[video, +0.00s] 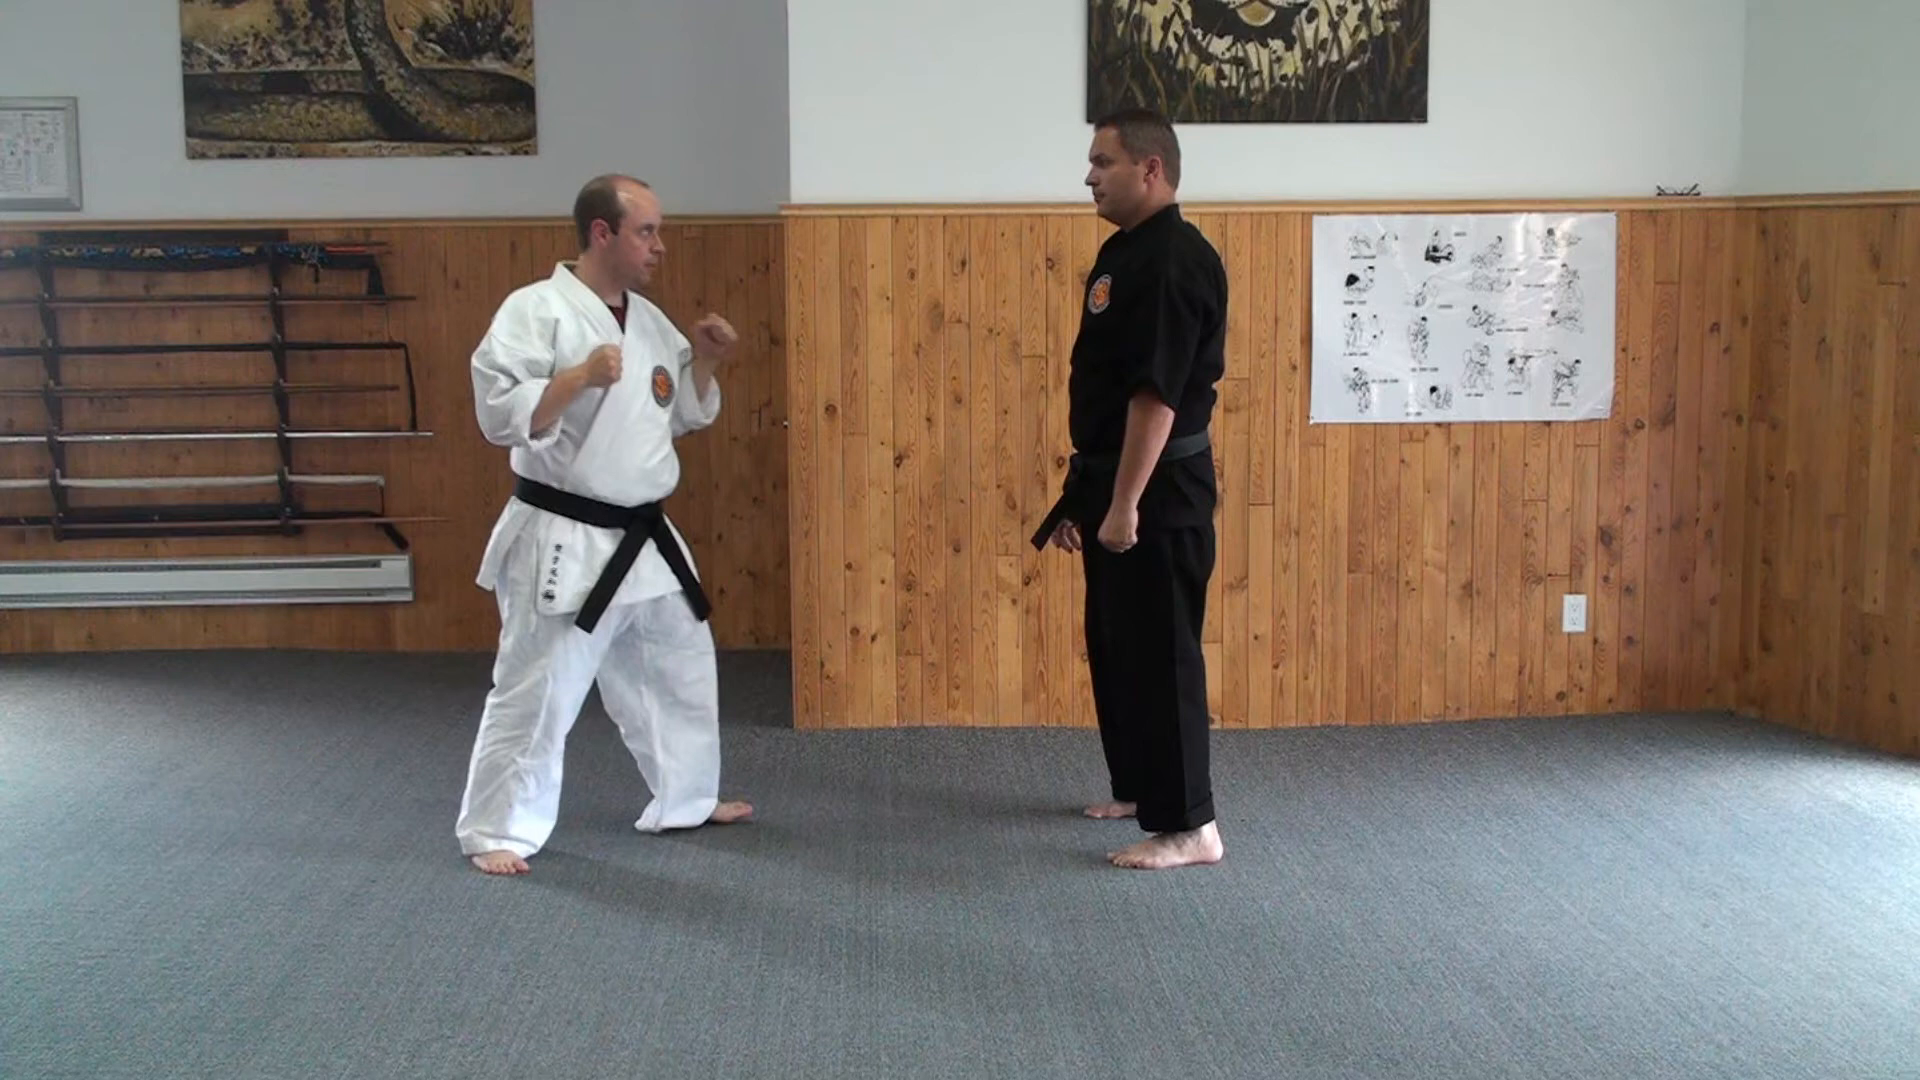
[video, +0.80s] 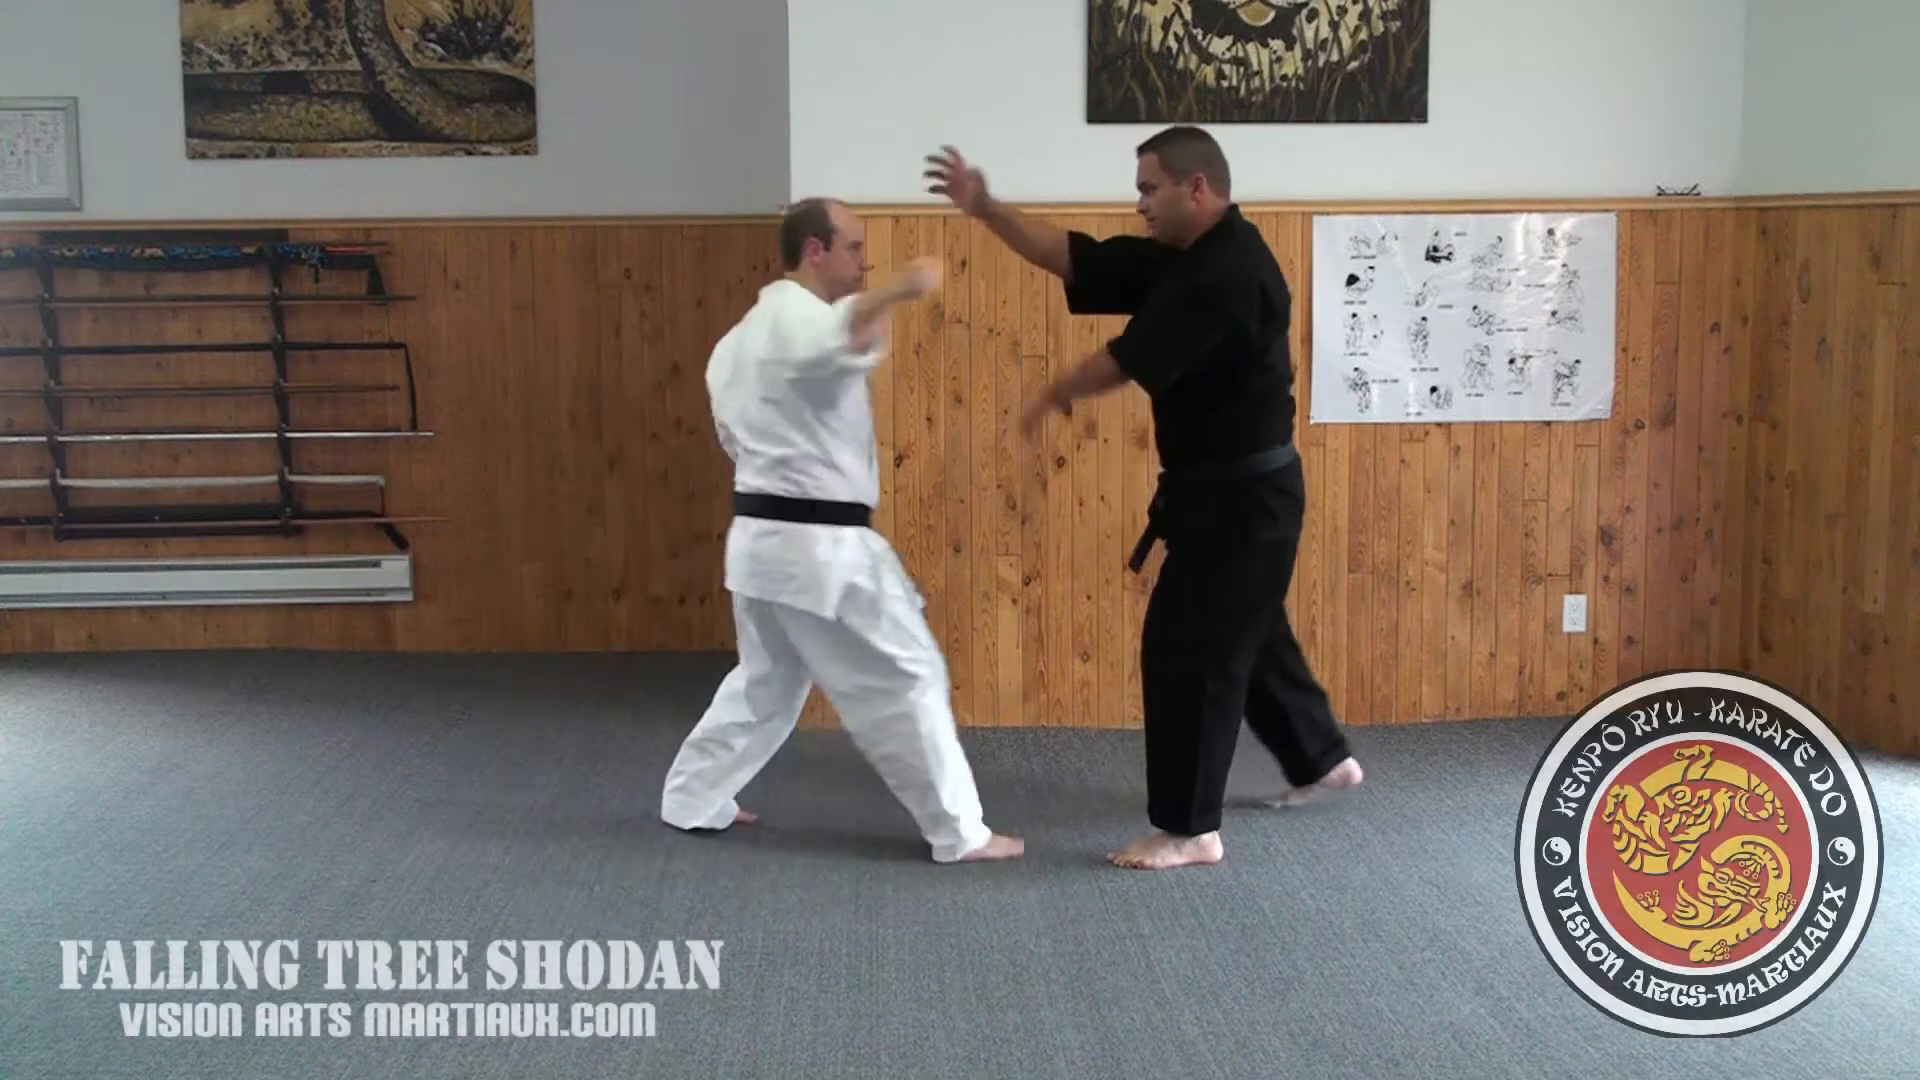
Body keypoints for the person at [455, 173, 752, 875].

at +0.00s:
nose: (659, 247)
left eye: (661, 233)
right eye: (648, 233)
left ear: (618, 236)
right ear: (600, 233)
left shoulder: (652, 322)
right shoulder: (533, 311)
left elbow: (675, 417)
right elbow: (500, 417)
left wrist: (707, 366)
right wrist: (580, 376)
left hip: (644, 531)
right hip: (562, 530)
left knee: (683, 663)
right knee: (535, 691)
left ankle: (684, 800)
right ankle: (492, 833)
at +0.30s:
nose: (716, 255)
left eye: (717, 241)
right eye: (704, 242)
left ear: (674, 245)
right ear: (660, 243)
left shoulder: (715, 332)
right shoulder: (599, 325)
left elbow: (748, 400)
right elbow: (517, 390)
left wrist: (817, 385)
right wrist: (549, 448)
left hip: (706, 542)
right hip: (629, 538)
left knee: (730, 669)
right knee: (594, 689)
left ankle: (691, 801)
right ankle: (507, 821)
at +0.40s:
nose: (748, 255)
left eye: (748, 241)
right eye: (737, 241)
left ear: (703, 244)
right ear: (693, 243)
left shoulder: (742, 333)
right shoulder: (633, 326)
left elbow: (776, 396)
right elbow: (557, 392)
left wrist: (848, 385)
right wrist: (550, 443)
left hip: (735, 539)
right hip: (664, 537)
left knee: (744, 680)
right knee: (682, 682)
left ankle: (693, 804)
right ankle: (576, 795)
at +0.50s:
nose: (779, 252)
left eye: (779, 239)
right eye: (768, 238)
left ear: (742, 243)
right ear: (725, 240)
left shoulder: (758, 334)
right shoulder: (665, 322)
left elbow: (788, 399)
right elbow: (585, 394)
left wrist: (856, 388)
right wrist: (572, 432)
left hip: (744, 527)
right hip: (697, 528)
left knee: (721, 672)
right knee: (766, 662)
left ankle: (695, 804)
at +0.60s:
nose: (807, 253)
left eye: (807, 240)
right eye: (796, 239)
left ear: (763, 243)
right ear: (756, 241)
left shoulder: (762, 324)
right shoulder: (707, 315)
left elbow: (778, 408)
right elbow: (623, 383)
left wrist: (850, 398)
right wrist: (651, 391)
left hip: (756, 528)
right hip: (733, 531)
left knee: (742, 679)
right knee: (816, 664)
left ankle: (693, 802)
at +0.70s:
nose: (836, 257)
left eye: (836, 244)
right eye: (826, 244)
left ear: (786, 249)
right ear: (784, 247)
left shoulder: (780, 318)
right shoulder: (746, 312)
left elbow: (769, 408)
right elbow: (705, 374)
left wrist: (840, 417)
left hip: (744, 531)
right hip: (776, 536)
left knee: (754, 687)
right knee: (860, 677)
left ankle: (691, 801)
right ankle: (940, 821)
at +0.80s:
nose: (862, 263)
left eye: (863, 250)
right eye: (853, 249)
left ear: (804, 255)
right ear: (815, 251)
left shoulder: (733, 342)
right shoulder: (808, 318)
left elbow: (735, 443)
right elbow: (837, 335)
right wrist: (900, 290)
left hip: (754, 542)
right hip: (825, 545)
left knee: (765, 679)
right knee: (909, 680)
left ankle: (693, 798)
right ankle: (958, 833)